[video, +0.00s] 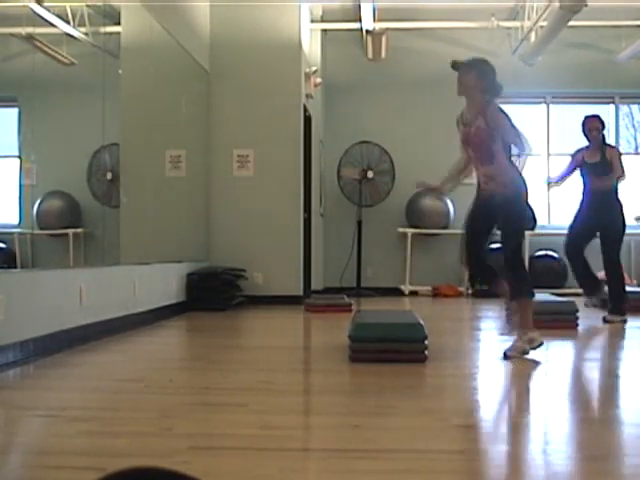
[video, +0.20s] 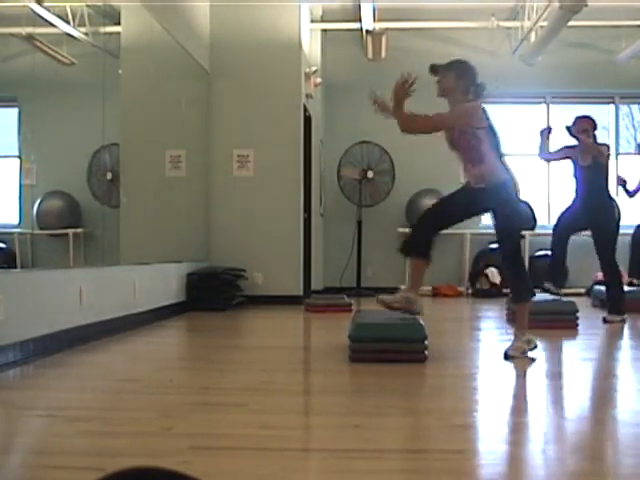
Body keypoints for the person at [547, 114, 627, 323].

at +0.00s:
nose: (594, 134)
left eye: (597, 129)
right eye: (590, 130)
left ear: (603, 130)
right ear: (584, 133)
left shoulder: (612, 152)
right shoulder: (580, 155)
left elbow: (619, 174)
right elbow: (566, 174)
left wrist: (606, 181)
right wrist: (555, 181)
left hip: (610, 209)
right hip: (588, 209)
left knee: (611, 258)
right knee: (572, 249)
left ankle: (617, 309)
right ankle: (594, 291)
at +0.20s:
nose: (584, 136)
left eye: (587, 131)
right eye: (580, 132)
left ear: (594, 132)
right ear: (574, 134)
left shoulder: (603, 150)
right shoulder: (572, 152)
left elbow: (601, 159)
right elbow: (545, 156)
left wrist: (588, 146)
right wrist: (544, 139)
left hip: (603, 209)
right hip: (580, 209)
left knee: (607, 258)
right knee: (560, 233)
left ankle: (616, 310)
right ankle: (556, 282)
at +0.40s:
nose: (567, 124)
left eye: (569, 120)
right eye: (562, 121)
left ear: (576, 121)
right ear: (557, 124)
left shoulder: (588, 139)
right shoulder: (555, 143)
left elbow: (603, 154)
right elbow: (529, 160)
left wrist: (583, 162)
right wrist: (541, 154)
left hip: (590, 200)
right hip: (566, 199)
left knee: (590, 249)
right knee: (554, 242)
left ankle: (607, 298)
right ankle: (552, 289)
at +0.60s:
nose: (557, 119)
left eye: (560, 114)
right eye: (554, 115)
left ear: (568, 113)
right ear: (550, 116)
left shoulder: (584, 132)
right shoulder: (548, 138)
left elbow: (610, 149)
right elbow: (538, 157)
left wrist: (607, 176)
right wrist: (542, 179)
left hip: (586, 189)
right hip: (561, 190)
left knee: (571, 230)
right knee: (557, 234)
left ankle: (568, 282)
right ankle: (551, 285)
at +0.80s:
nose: (551, 119)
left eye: (556, 115)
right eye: (550, 115)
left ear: (568, 115)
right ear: (549, 116)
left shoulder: (585, 132)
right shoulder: (550, 139)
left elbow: (614, 147)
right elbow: (537, 160)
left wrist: (614, 173)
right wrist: (535, 179)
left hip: (587, 191)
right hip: (563, 192)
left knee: (571, 232)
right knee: (556, 234)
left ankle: (562, 284)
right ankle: (553, 284)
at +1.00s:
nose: (562, 116)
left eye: (566, 111)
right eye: (562, 112)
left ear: (578, 112)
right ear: (564, 114)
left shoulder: (594, 130)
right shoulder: (562, 134)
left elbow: (612, 133)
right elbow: (534, 139)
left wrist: (596, 130)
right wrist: (517, 130)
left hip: (599, 194)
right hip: (576, 194)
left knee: (590, 239)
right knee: (562, 240)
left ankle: (604, 290)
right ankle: (553, 288)